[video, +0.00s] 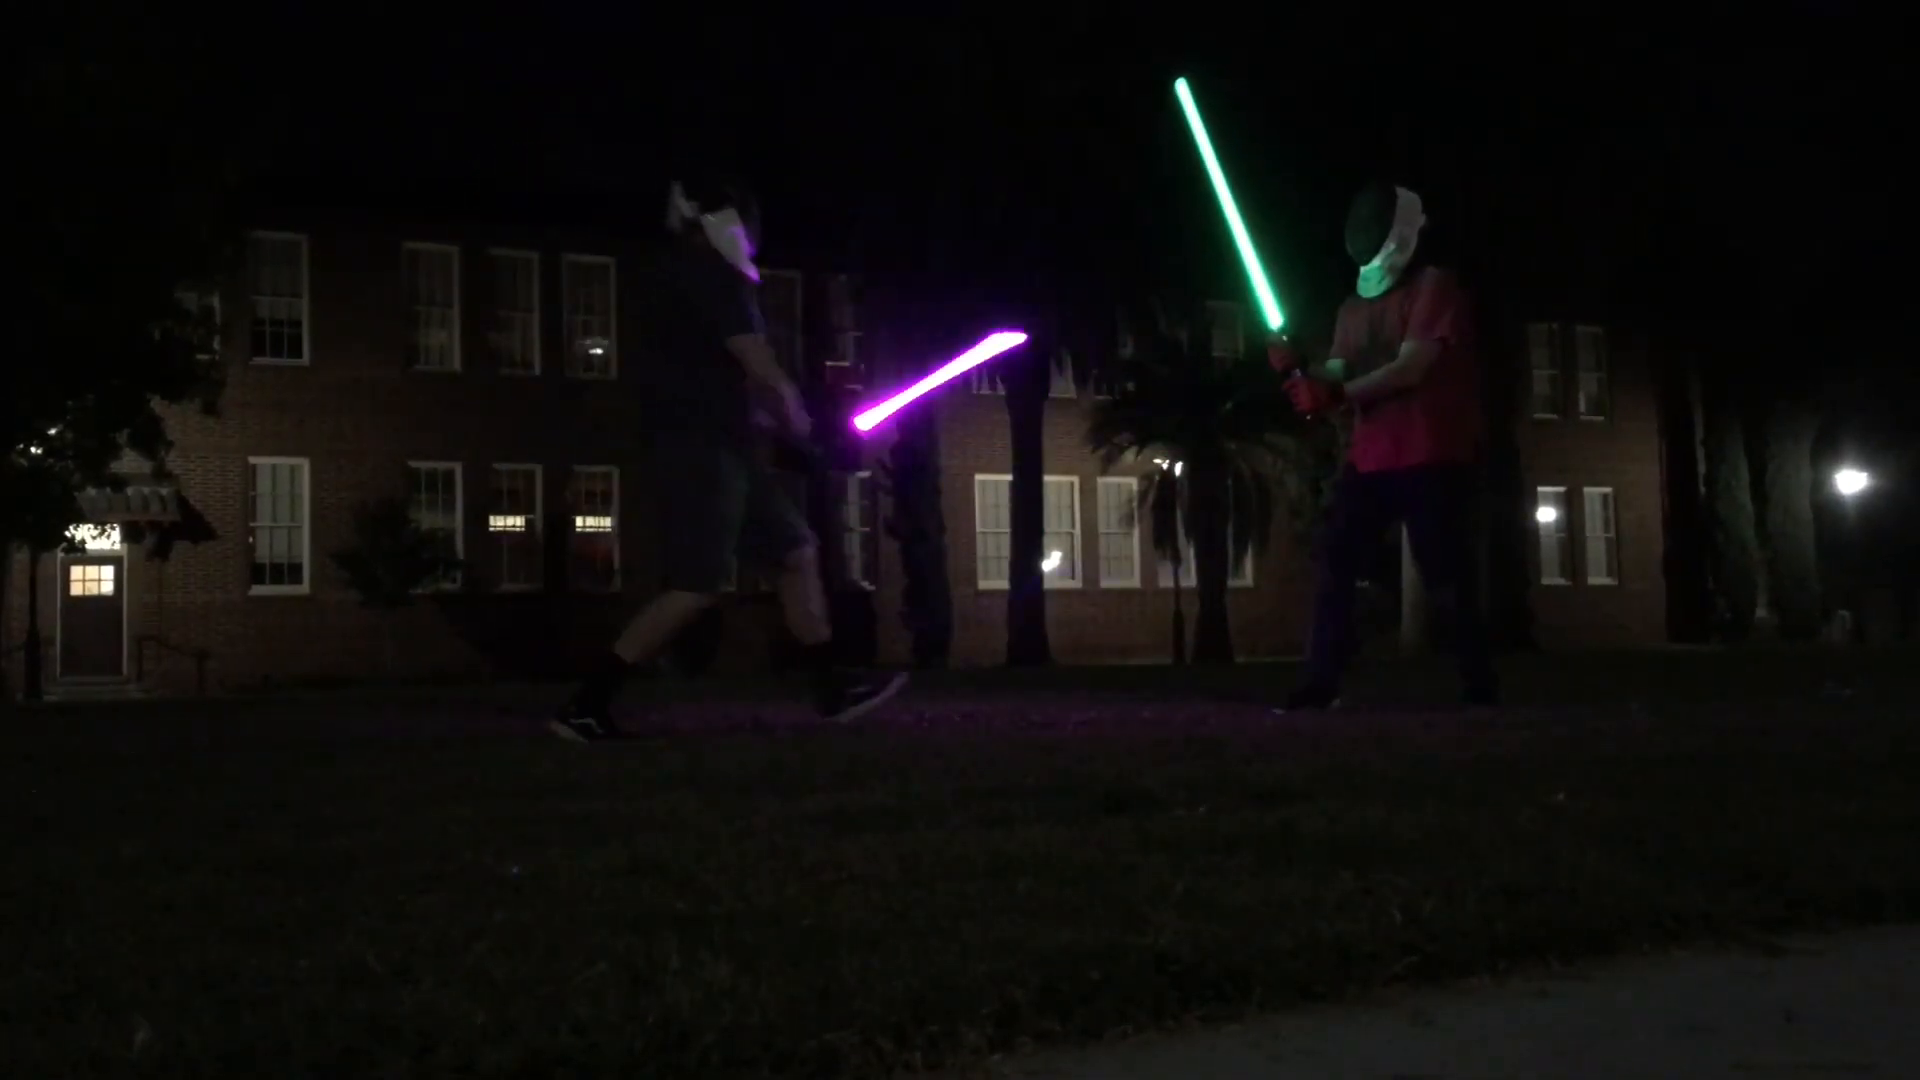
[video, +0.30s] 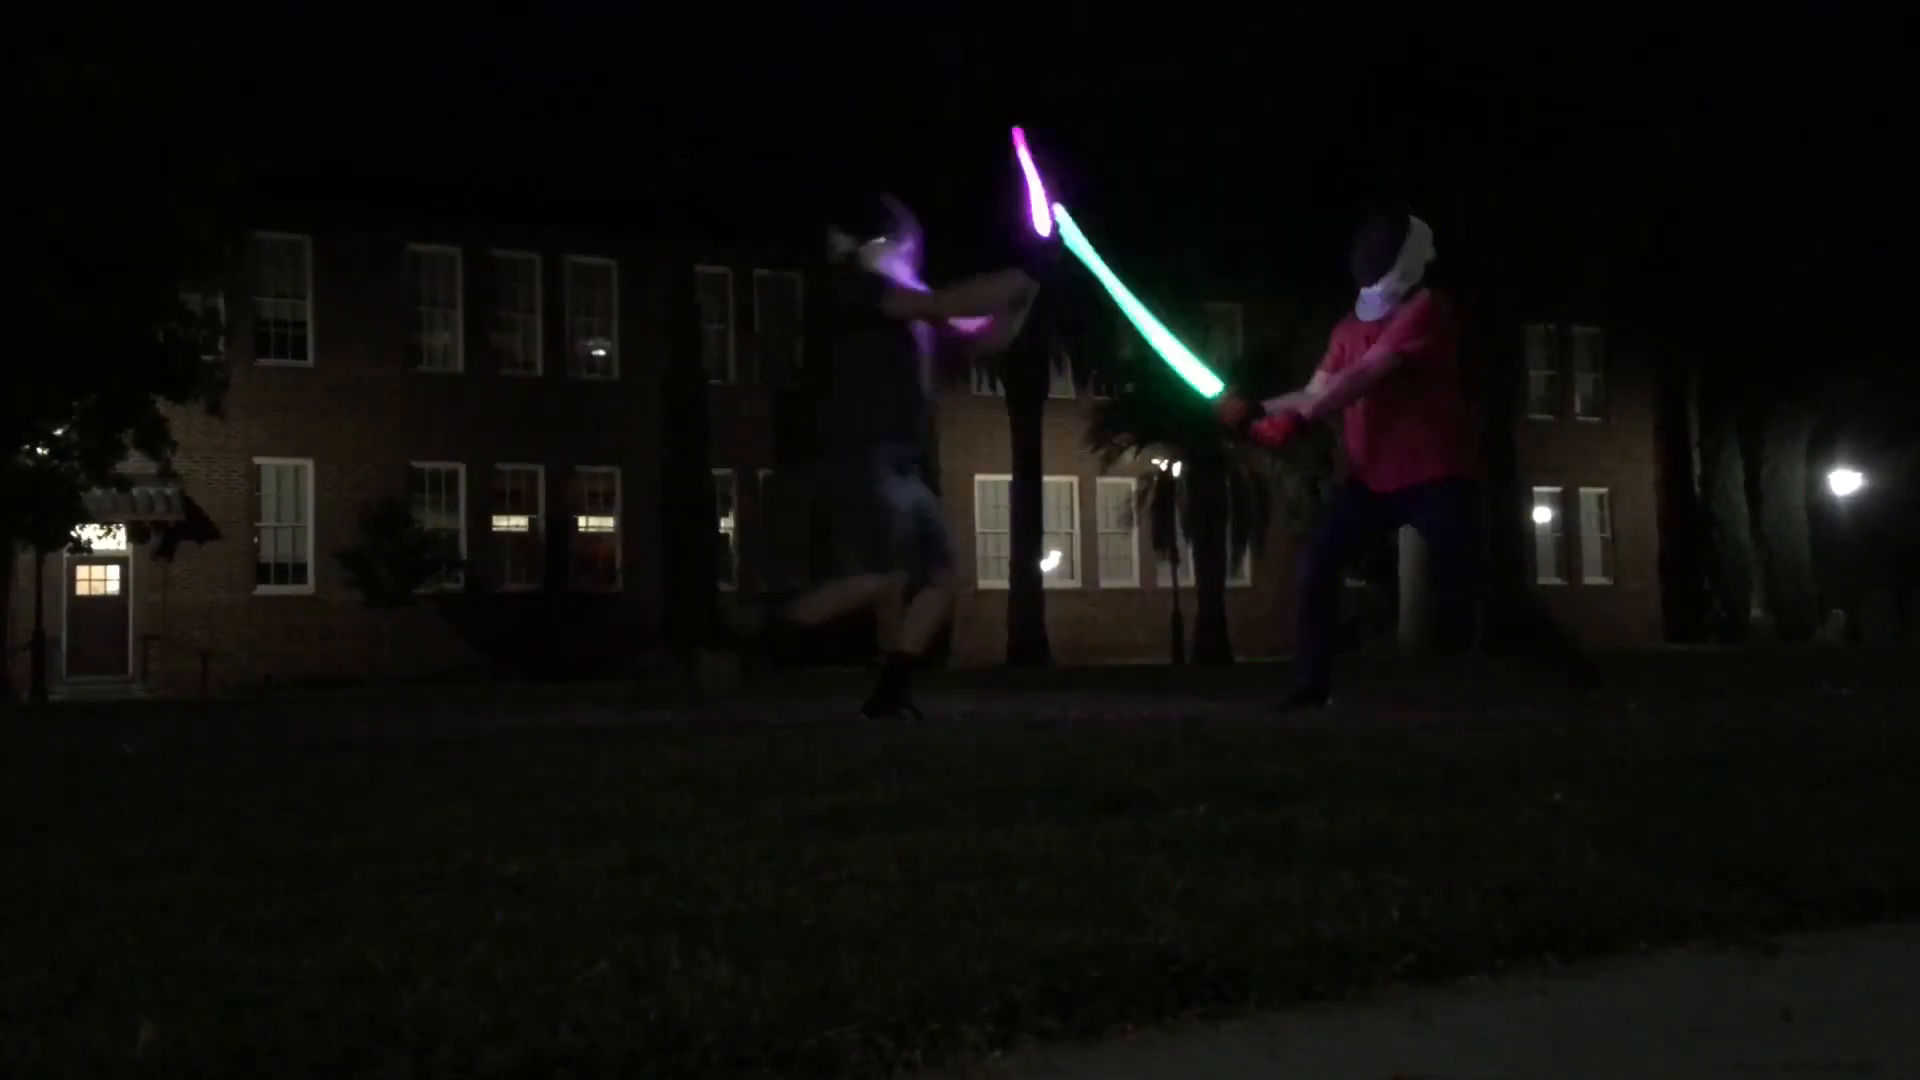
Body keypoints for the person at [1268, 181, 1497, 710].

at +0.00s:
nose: (1369, 253)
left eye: (1379, 240)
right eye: (1363, 243)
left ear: (1404, 237)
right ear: (1360, 245)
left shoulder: (1434, 289)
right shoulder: (1356, 309)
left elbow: (1414, 365)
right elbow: (1339, 375)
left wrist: (1340, 393)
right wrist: (1298, 370)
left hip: (1432, 461)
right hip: (1371, 464)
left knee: (1446, 576)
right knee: (1338, 566)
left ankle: (1474, 684)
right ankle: (1321, 680)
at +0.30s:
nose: (1368, 262)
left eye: (1382, 252)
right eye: (1366, 250)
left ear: (1407, 260)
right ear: (1360, 258)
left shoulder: (1425, 312)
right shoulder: (1350, 329)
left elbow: (1372, 372)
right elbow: (1316, 393)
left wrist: (1303, 415)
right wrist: (1254, 411)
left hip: (1434, 479)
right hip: (1373, 482)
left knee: (1473, 586)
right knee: (1319, 563)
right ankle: (1311, 682)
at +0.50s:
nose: (1449, 282)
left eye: (1460, 271)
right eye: (1450, 273)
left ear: (1485, 274)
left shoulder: (1502, 310)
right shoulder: (1441, 330)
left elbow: (1431, 331)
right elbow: (1406, 398)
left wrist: (1367, 343)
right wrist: (1338, 392)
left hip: (1495, 482)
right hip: (1436, 485)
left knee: (1548, 598)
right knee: (1373, 584)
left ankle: (1640, 688)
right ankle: (1317, 690)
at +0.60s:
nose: (1491, 275)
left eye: (1502, 266)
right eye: (1486, 267)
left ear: (1527, 262)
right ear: (1484, 271)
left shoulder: (1554, 301)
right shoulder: (1474, 325)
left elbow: (1499, 277)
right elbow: (1444, 359)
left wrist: (1430, 280)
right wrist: (1398, 341)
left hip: (1550, 466)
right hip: (1484, 471)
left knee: (1587, 586)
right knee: (1431, 580)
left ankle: (1644, 687)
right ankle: (1361, 678)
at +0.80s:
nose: (1564, 226)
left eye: (1573, 217)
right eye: (1553, 220)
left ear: (1580, 222)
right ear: (1540, 229)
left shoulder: (1602, 254)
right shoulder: (1522, 280)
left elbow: (1579, 184)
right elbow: (1494, 245)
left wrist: (1516, 154)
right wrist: (1474, 181)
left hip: (1614, 412)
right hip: (1548, 419)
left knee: (1642, 551)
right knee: (1542, 555)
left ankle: (1650, 674)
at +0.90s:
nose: (1596, 222)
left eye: (1600, 210)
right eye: (1584, 214)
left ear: (1607, 215)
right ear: (1566, 223)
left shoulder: (1633, 252)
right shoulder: (1543, 272)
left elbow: (1616, 181)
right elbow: (1500, 215)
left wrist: (1566, 131)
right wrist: (1497, 149)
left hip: (1644, 421)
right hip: (1576, 427)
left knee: (1690, 526)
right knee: (1572, 560)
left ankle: (1695, 653)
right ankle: (1573, 679)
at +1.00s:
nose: (1624, 228)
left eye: (1635, 217)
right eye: (1620, 218)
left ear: (1651, 227)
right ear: (1605, 226)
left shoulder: (1666, 269)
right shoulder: (1577, 282)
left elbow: (1628, 209)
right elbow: (1519, 240)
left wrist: (1575, 160)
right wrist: (1524, 172)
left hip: (1673, 438)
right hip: (1604, 443)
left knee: (1747, 549)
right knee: (1578, 563)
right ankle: (1571, 680)